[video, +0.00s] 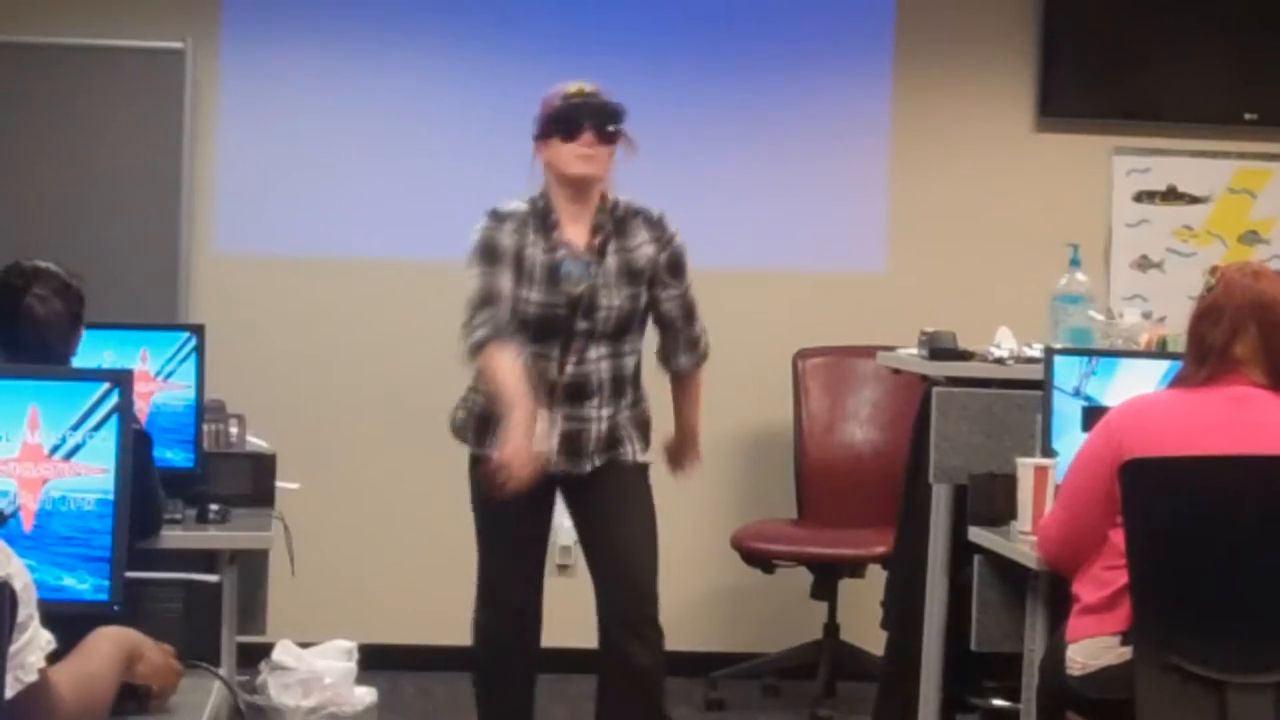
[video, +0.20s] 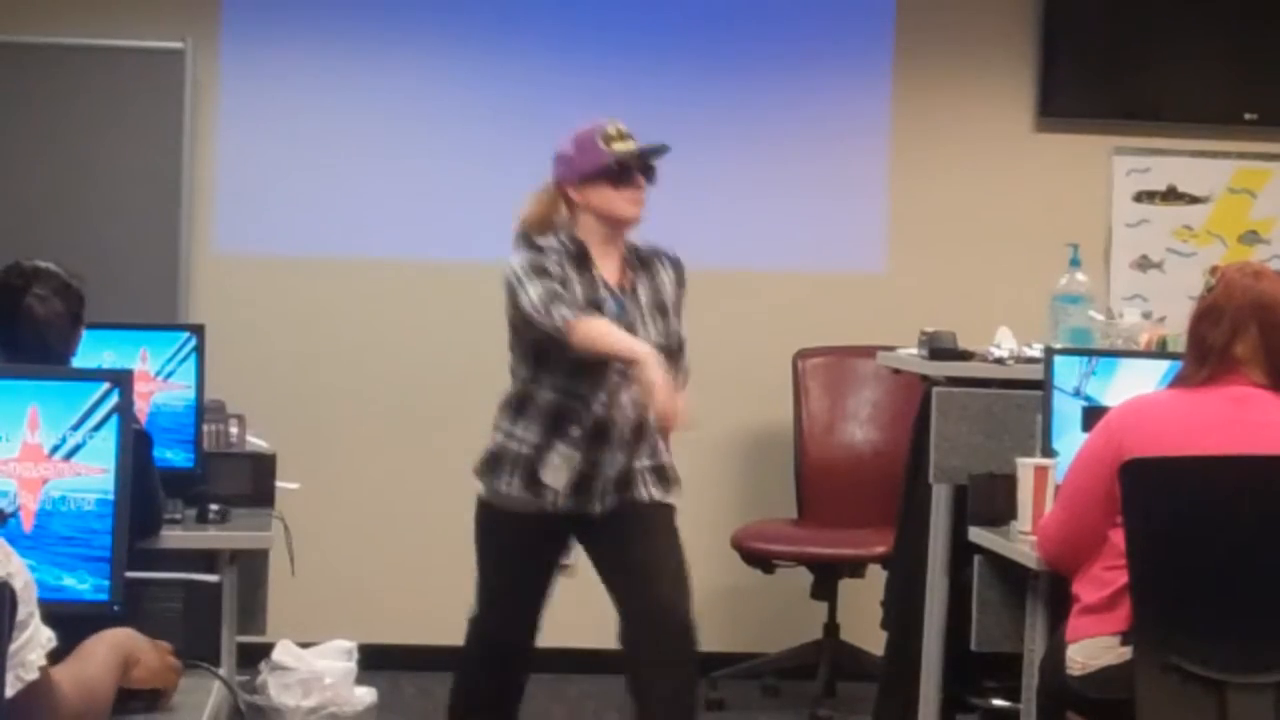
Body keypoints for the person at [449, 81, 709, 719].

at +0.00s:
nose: (588, 141)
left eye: (603, 132)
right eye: (569, 131)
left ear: (617, 149)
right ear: (542, 149)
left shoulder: (648, 234)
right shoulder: (507, 229)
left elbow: (684, 338)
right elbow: (491, 332)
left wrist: (686, 428)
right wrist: (520, 414)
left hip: (610, 440)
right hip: (514, 438)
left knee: (634, 615)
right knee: (507, 615)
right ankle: (504, 715)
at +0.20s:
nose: (637, 185)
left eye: (641, 175)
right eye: (617, 176)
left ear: (647, 184)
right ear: (575, 191)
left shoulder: (661, 270)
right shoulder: (538, 259)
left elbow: (673, 362)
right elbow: (556, 321)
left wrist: (665, 401)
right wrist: (644, 355)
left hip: (628, 482)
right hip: (531, 480)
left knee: (666, 634)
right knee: (501, 639)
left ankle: (669, 718)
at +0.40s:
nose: (678, 146)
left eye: (679, 136)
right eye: (659, 138)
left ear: (680, 144)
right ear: (613, 151)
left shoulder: (694, 233)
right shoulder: (567, 227)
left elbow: (681, 343)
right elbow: (599, 338)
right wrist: (680, 419)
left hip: (672, 460)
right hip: (572, 459)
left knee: (686, 644)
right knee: (559, 643)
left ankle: (687, 718)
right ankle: (540, 716)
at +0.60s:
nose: (701, 156)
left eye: (704, 145)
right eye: (682, 148)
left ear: (709, 153)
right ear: (637, 161)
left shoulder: (730, 248)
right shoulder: (586, 242)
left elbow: (746, 373)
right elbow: (545, 370)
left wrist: (726, 455)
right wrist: (570, 471)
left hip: (698, 472)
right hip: (596, 470)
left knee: (707, 639)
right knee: (595, 644)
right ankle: (600, 719)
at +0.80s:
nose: (672, 162)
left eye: (687, 151)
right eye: (654, 152)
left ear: (707, 165)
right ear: (630, 169)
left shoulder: (739, 259)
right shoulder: (588, 257)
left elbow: (768, 373)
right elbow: (530, 371)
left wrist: (767, 464)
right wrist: (490, 472)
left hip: (709, 488)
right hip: (608, 486)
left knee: (705, 665)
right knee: (602, 661)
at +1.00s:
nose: (625, 160)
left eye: (644, 148)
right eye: (612, 149)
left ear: (678, 163)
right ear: (600, 165)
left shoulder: (719, 244)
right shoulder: (568, 260)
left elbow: (731, 322)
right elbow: (516, 366)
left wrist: (653, 379)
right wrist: (486, 475)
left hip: (693, 489)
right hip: (595, 485)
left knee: (683, 670)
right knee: (590, 658)